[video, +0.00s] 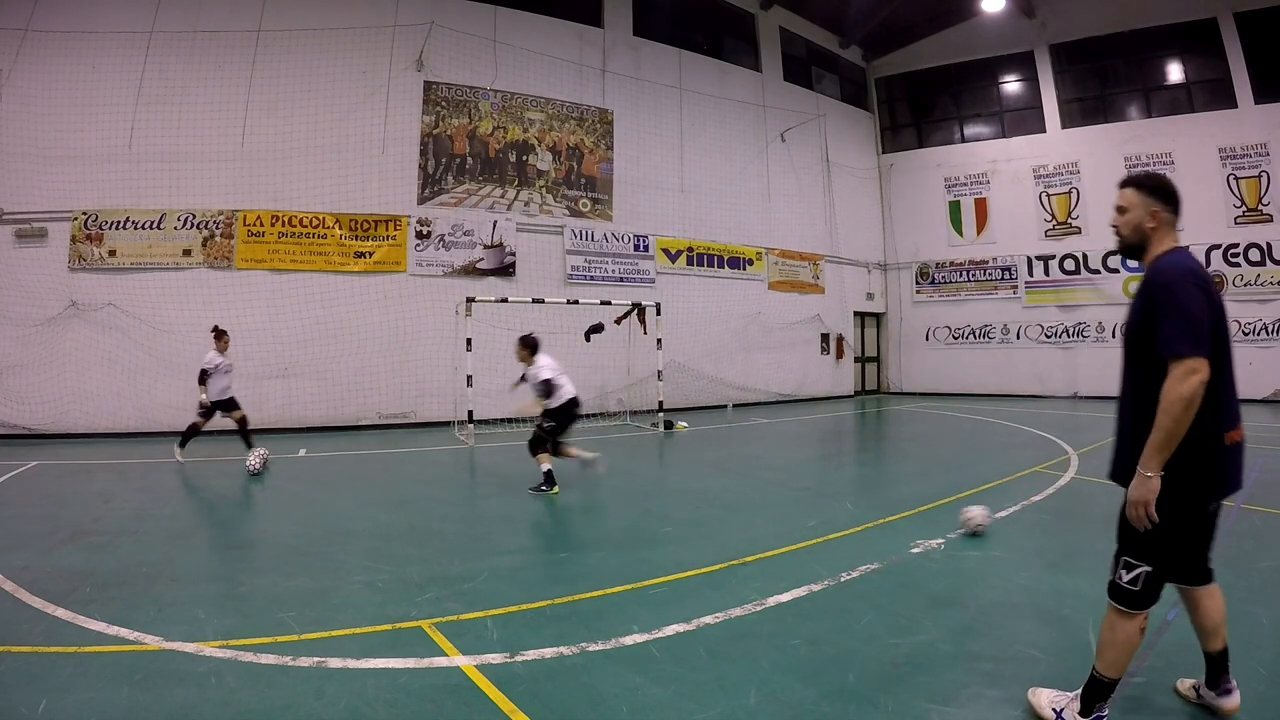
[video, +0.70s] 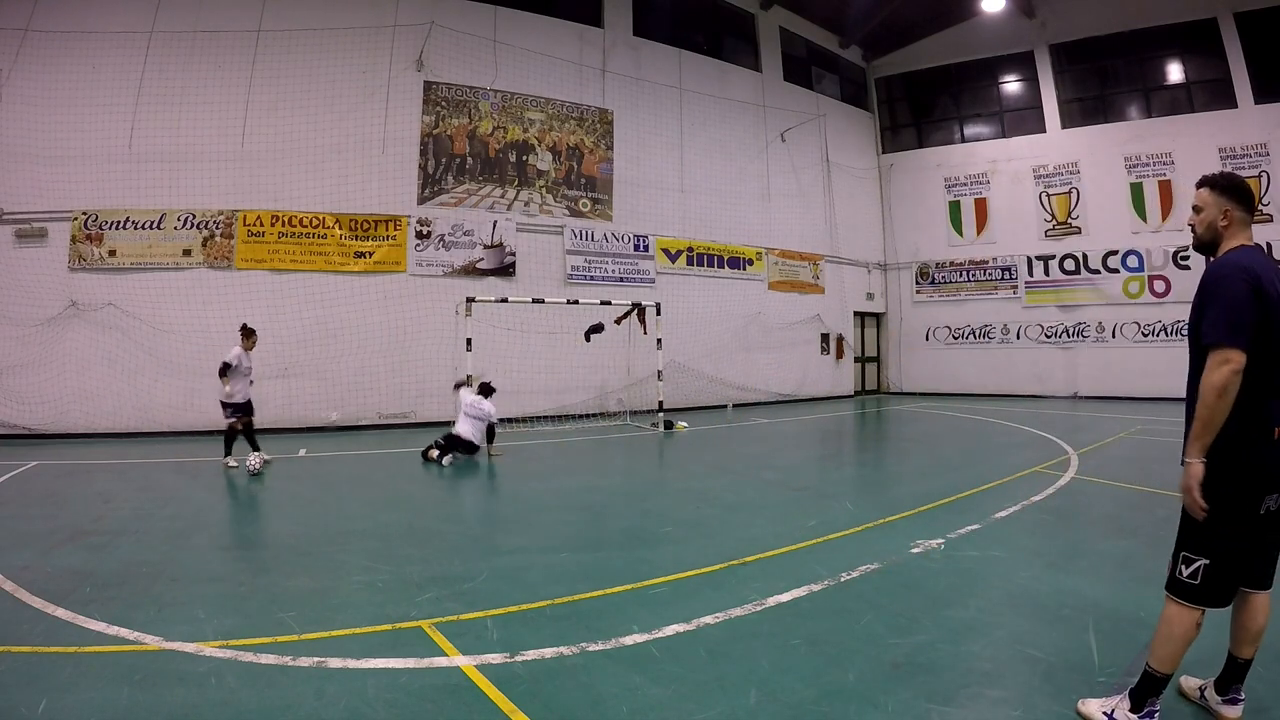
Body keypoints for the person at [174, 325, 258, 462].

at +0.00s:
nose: (227, 345)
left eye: (228, 342)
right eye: (225, 342)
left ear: (227, 342)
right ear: (217, 342)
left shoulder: (225, 356)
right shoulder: (212, 357)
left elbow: (221, 379)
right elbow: (202, 378)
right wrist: (203, 398)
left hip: (227, 398)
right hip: (212, 400)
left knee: (241, 419)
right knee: (198, 425)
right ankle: (180, 446)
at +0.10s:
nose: (235, 349)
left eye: (235, 347)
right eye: (232, 347)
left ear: (235, 347)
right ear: (224, 347)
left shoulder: (234, 361)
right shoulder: (219, 361)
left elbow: (233, 381)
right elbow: (212, 381)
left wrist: (238, 396)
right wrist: (213, 400)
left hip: (238, 398)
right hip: (225, 401)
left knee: (253, 423)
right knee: (227, 428)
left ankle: (258, 454)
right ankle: (204, 435)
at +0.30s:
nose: (249, 355)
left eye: (249, 352)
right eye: (247, 352)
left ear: (239, 352)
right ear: (238, 352)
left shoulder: (244, 364)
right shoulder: (231, 365)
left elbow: (244, 384)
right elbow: (228, 388)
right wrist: (238, 404)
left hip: (249, 398)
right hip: (237, 404)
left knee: (263, 420)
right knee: (260, 415)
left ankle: (259, 454)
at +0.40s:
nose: (252, 352)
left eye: (252, 349)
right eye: (250, 349)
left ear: (245, 349)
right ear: (240, 349)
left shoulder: (247, 362)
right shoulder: (232, 363)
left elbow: (246, 378)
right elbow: (226, 385)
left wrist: (253, 381)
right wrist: (231, 404)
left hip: (250, 396)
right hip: (241, 400)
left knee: (261, 423)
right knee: (265, 417)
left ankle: (258, 454)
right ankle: (273, 443)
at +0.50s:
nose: (253, 348)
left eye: (254, 345)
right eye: (251, 345)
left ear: (245, 345)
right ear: (242, 345)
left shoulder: (247, 358)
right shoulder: (234, 360)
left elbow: (245, 372)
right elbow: (225, 380)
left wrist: (253, 376)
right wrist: (224, 401)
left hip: (249, 394)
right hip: (238, 397)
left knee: (262, 420)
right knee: (258, 420)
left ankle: (258, 453)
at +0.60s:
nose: (253, 346)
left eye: (254, 344)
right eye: (251, 344)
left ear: (247, 343)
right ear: (242, 342)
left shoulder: (247, 356)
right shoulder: (235, 356)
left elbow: (242, 374)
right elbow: (225, 376)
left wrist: (252, 378)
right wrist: (223, 397)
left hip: (249, 397)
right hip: (236, 399)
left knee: (258, 421)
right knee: (247, 424)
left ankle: (258, 453)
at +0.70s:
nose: (254, 345)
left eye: (255, 342)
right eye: (253, 342)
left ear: (250, 341)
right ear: (244, 340)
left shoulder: (246, 354)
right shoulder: (236, 353)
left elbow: (240, 372)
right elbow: (222, 369)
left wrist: (247, 380)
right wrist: (227, 385)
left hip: (244, 398)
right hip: (232, 399)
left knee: (248, 424)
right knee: (234, 426)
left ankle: (257, 452)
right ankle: (227, 456)